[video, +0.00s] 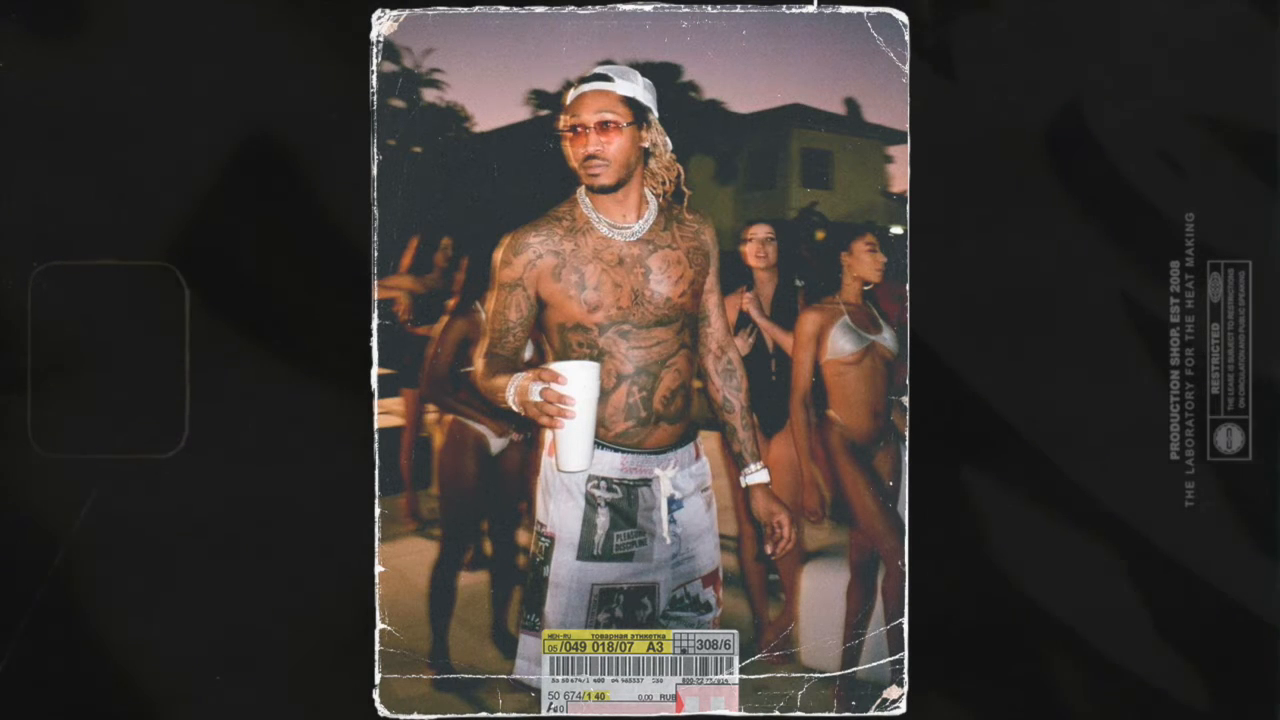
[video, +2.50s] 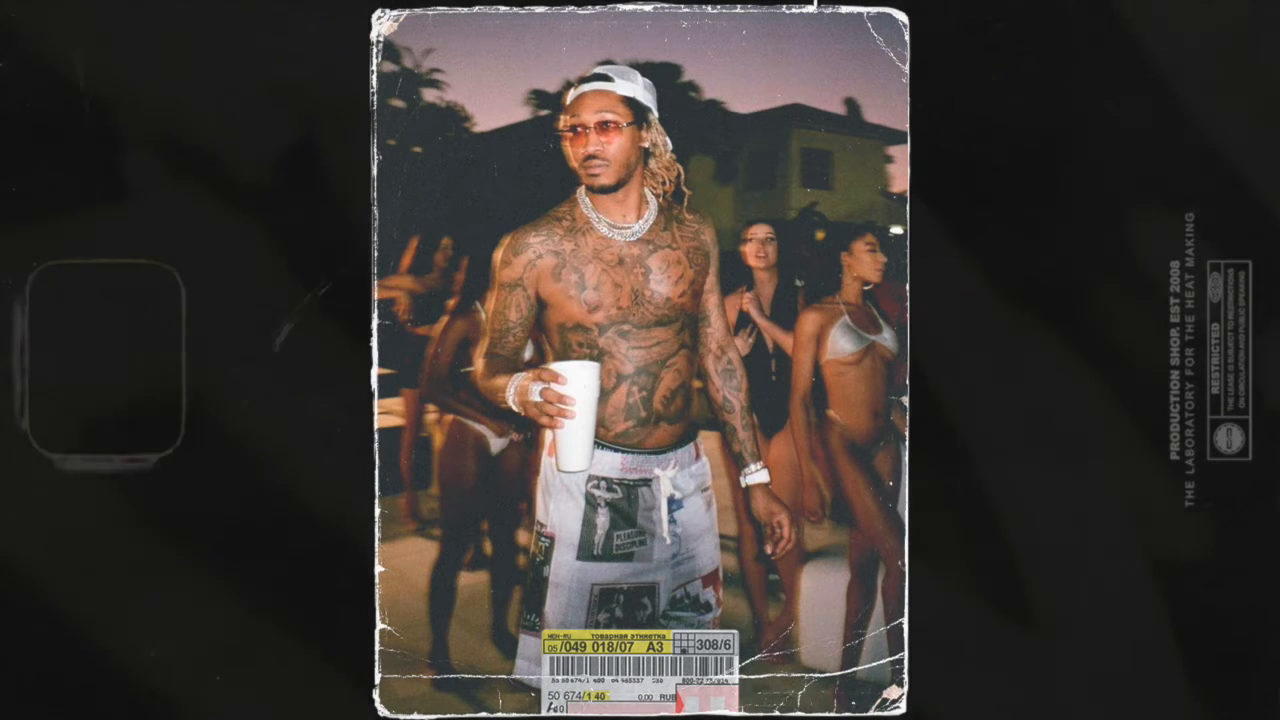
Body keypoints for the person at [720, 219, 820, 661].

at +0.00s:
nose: (760, 249)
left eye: (768, 242)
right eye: (752, 242)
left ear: (781, 249)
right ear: (741, 250)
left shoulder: (798, 296)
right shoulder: (731, 301)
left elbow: (804, 352)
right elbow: (713, 365)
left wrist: (761, 319)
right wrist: (733, 348)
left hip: (784, 419)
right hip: (739, 420)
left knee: (784, 521)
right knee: (749, 527)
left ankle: (793, 613)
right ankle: (762, 622)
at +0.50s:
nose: (760, 249)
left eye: (768, 241)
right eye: (752, 241)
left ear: (781, 249)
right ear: (741, 250)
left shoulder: (797, 295)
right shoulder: (731, 299)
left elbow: (803, 352)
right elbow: (714, 363)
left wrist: (761, 317)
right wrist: (735, 339)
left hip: (784, 419)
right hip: (738, 421)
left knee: (784, 521)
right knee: (748, 526)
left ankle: (793, 614)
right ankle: (762, 623)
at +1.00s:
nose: (761, 249)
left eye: (769, 241)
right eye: (752, 242)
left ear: (781, 249)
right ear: (741, 250)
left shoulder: (797, 295)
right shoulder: (730, 300)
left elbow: (803, 352)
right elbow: (714, 364)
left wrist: (761, 318)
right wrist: (738, 336)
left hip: (783, 419)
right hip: (738, 422)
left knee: (784, 520)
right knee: (748, 526)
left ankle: (794, 614)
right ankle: (761, 622)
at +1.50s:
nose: (761, 249)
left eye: (769, 241)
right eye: (752, 241)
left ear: (780, 249)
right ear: (740, 250)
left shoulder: (797, 295)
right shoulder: (730, 300)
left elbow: (803, 352)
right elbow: (712, 364)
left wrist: (761, 318)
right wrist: (735, 344)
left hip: (783, 419)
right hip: (738, 421)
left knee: (783, 520)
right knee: (748, 525)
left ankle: (794, 611)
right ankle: (761, 621)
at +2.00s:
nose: (760, 249)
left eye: (768, 241)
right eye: (752, 242)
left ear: (780, 249)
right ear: (741, 250)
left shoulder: (797, 296)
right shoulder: (729, 300)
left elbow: (802, 351)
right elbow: (712, 364)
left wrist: (761, 318)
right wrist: (734, 347)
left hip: (783, 420)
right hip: (738, 421)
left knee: (783, 520)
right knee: (749, 527)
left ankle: (793, 613)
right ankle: (762, 622)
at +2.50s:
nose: (760, 249)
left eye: (768, 241)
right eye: (752, 242)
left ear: (780, 249)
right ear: (741, 250)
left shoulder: (797, 296)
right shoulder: (729, 300)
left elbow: (802, 351)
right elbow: (712, 364)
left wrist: (761, 318)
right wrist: (734, 347)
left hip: (783, 420)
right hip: (738, 421)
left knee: (783, 520)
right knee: (749, 527)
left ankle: (793, 613)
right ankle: (762, 622)